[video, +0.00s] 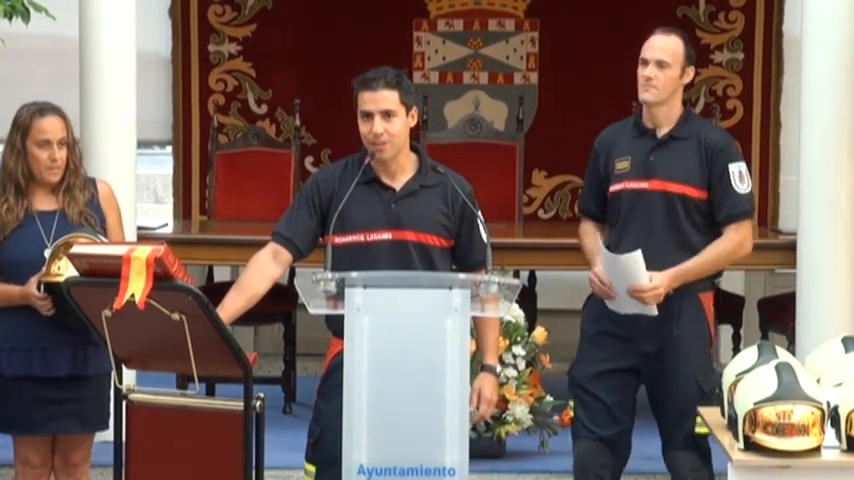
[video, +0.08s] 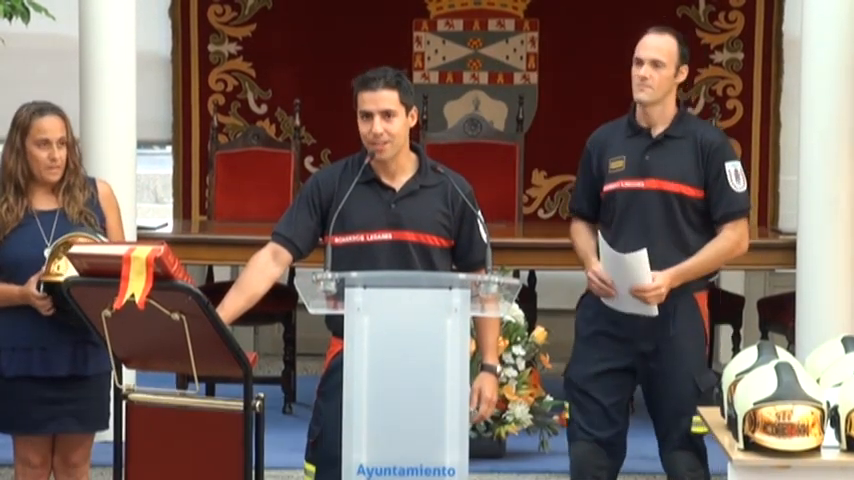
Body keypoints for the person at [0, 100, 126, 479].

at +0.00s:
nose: (55, 155)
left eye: (62, 144)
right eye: (43, 145)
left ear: (72, 147)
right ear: (20, 149)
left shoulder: (98, 194)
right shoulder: (6, 205)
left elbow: (122, 271)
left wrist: (80, 281)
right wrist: (21, 294)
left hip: (85, 359)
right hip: (22, 359)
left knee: (75, 464)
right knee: (32, 465)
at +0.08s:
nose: (55, 154)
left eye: (62, 144)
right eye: (43, 144)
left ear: (72, 147)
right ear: (20, 149)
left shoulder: (97, 194)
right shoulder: (6, 204)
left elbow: (122, 270)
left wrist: (80, 282)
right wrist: (21, 294)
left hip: (85, 359)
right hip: (22, 360)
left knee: (75, 464)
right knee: (32, 465)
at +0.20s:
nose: (55, 154)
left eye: (62, 143)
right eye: (42, 144)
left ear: (72, 147)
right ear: (20, 149)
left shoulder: (98, 194)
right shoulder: (6, 205)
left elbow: (123, 270)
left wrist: (80, 282)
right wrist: (21, 294)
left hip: (85, 358)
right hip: (22, 359)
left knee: (76, 464)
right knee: (32, 464)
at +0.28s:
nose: (54, 153)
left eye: (61, 143)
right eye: (42, 144)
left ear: (72, 147)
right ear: (19, 149)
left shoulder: (98, 194)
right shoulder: (6, 204)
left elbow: (122, 270)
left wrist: (79, 282)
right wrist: (21, 294)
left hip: (85, 358)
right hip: (22, 359)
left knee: (76, 464)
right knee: (32, 464)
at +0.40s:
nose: (54, 153)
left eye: (62, 143)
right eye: (42, 143)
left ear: (72, 146)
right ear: (19, 149)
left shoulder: (98, 194)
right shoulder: (6, 204)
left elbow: (122, 270)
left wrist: (80, 283)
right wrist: (21, 293)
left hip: (86, 358)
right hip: (23, 359)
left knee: (76, 464)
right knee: (33, 465)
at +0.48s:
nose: (54, 153)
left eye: (62, 143)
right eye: (42, 143)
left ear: (72, 146)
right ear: (20, 149)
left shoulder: (98, 194)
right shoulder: (6, 205)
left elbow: (122, 270)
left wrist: (81, 282)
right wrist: (21, 293)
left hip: (86, 358)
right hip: (24, 359)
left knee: (76, 464)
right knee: (33, 465)